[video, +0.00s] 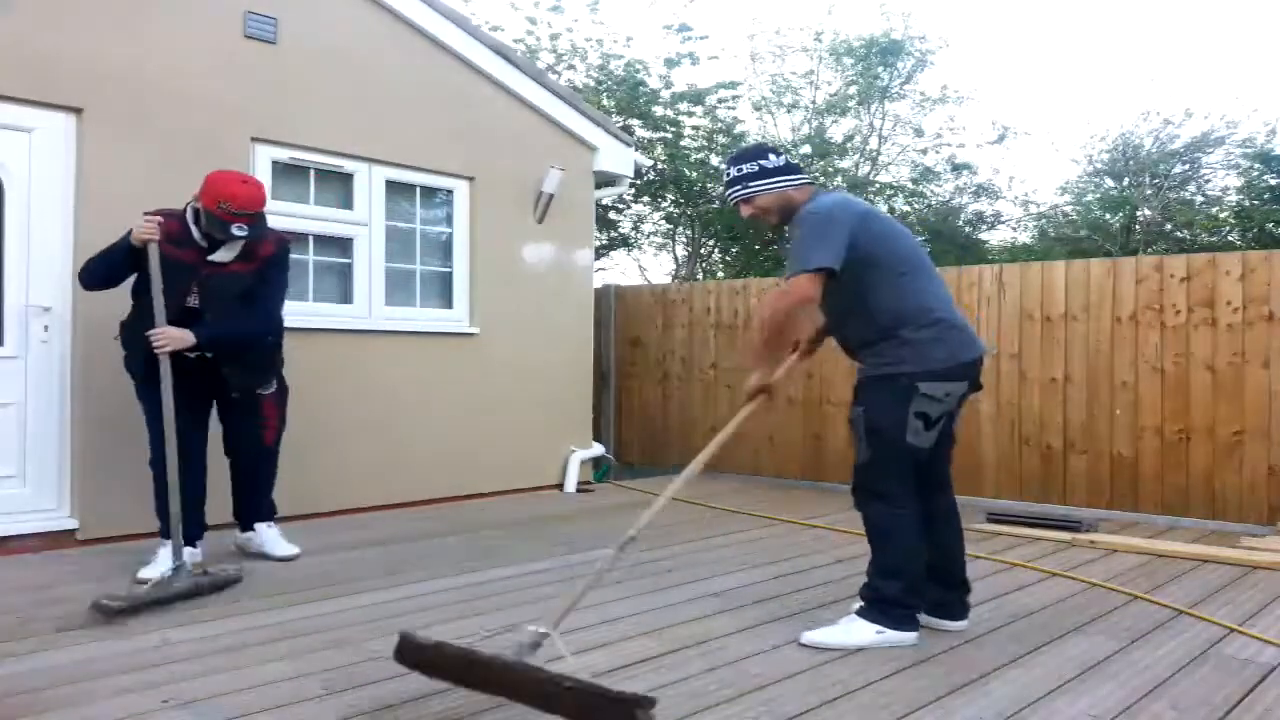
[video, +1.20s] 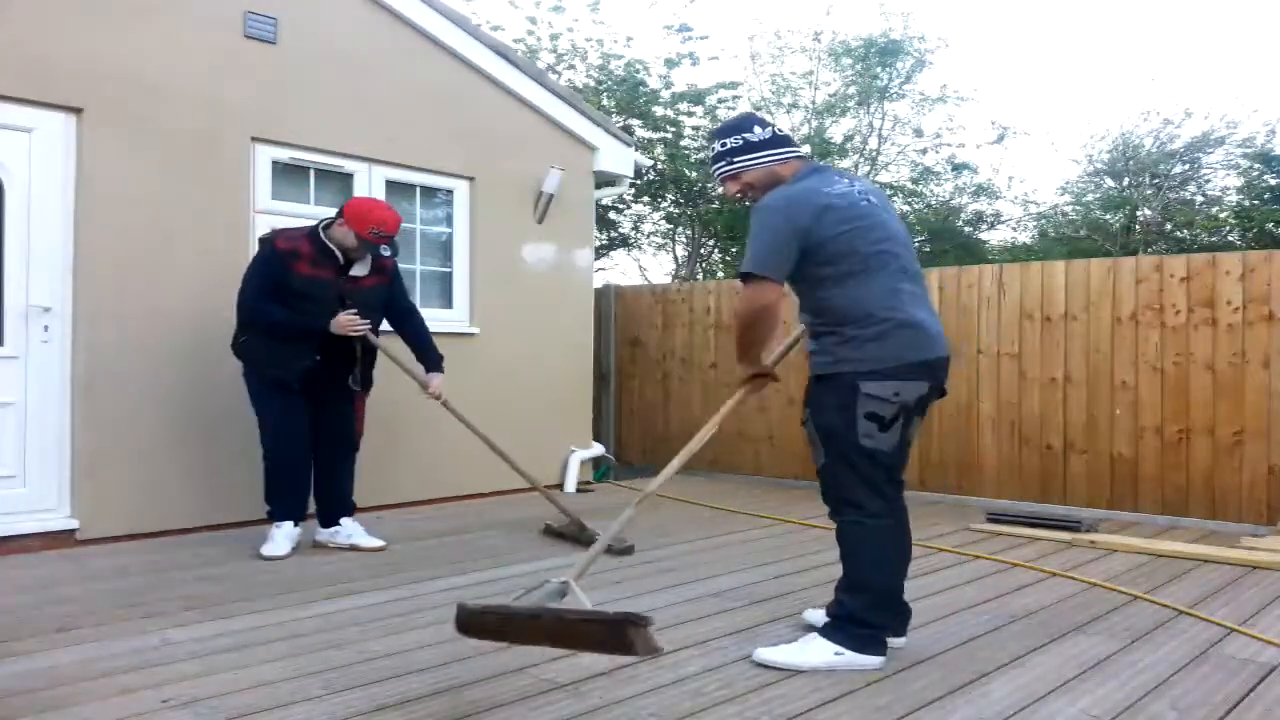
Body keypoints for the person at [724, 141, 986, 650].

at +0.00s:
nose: (746, 213)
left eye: (746, 199)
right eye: (740, 204)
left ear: (774, 185)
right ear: (786, 184)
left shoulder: (822, 213)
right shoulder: (844, 210)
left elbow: (803, 293)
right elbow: (861, 293)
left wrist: (763, 365)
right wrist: (815, 335)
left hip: (907, 363)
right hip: (947, 357)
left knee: (881, 486)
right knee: (927, 481)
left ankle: (889, 614)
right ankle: (945, 601)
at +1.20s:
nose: (736, 193)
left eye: (735, 180)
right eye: (730, 185)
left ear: (761, 159)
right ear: (780, 155)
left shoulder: (783, 203)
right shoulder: (853, 186)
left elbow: (760, 305)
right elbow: (877, 263)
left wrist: (753, 362)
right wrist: (827, 307)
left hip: (865, 364)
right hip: (913, 356)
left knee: (858, 498)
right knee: (876, 492)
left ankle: (861, 637)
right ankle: (871, 613)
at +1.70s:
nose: (683, 214)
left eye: (682, 202)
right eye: (677, 207)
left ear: (705, 184)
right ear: (728, 178)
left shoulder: (722, 223)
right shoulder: (811, 200)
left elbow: (713, 324)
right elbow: (866, 267)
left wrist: (712, 389)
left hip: (814, 361)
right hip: (884, 356)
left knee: (761, 487)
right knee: (860, 488)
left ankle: (712, 617)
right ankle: (878, 616)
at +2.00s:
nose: (613, 219)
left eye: (609, 207)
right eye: (606, 211)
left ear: (630, 189)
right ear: (651, 181)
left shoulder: (660, 224)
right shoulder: (723, 205)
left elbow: (635, 319)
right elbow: (758, 280)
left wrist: (607, 398)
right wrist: (705, 341)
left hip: (765, 360)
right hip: (832, 354)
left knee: (720, 488)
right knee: (825, 485)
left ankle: (704, 620)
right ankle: (861, 614)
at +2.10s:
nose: (599, 215)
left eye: (599, 202)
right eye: (595, 205)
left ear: (628, 188)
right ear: (648, 183)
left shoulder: (654, 222)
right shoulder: (722, 205)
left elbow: (614, 311)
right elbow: (736, 290)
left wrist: (578, 394)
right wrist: (671, 343)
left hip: (756, 361)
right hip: (823, 352)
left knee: (716, 488)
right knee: (808, 479)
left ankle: (704, 619)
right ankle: (849, 609)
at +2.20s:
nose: (596, 216)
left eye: (596, 203)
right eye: (592, 205)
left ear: (621, 187)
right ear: (644, 180)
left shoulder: (650, 220)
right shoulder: (720, 203)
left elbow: (604, 308)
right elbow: (736, 286)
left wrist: (571, 388)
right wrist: (669, 339)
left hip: (747, 357)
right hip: (815, 348)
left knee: (713, 488)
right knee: (798, 479)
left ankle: (704, 620)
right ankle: (827, 604)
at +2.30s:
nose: (598, 213)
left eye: (597, 199)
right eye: (593, 203)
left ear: (622, 183)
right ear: (646, 177)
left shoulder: (649, 217)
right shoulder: (723, 201)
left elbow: (608, 303)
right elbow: (752, 277)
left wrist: (591, 382)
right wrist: (692, 331)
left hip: (739, 359)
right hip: (807, 352)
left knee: (712, 488)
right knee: (788, 478)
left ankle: (704, 620)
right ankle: (798, 596)